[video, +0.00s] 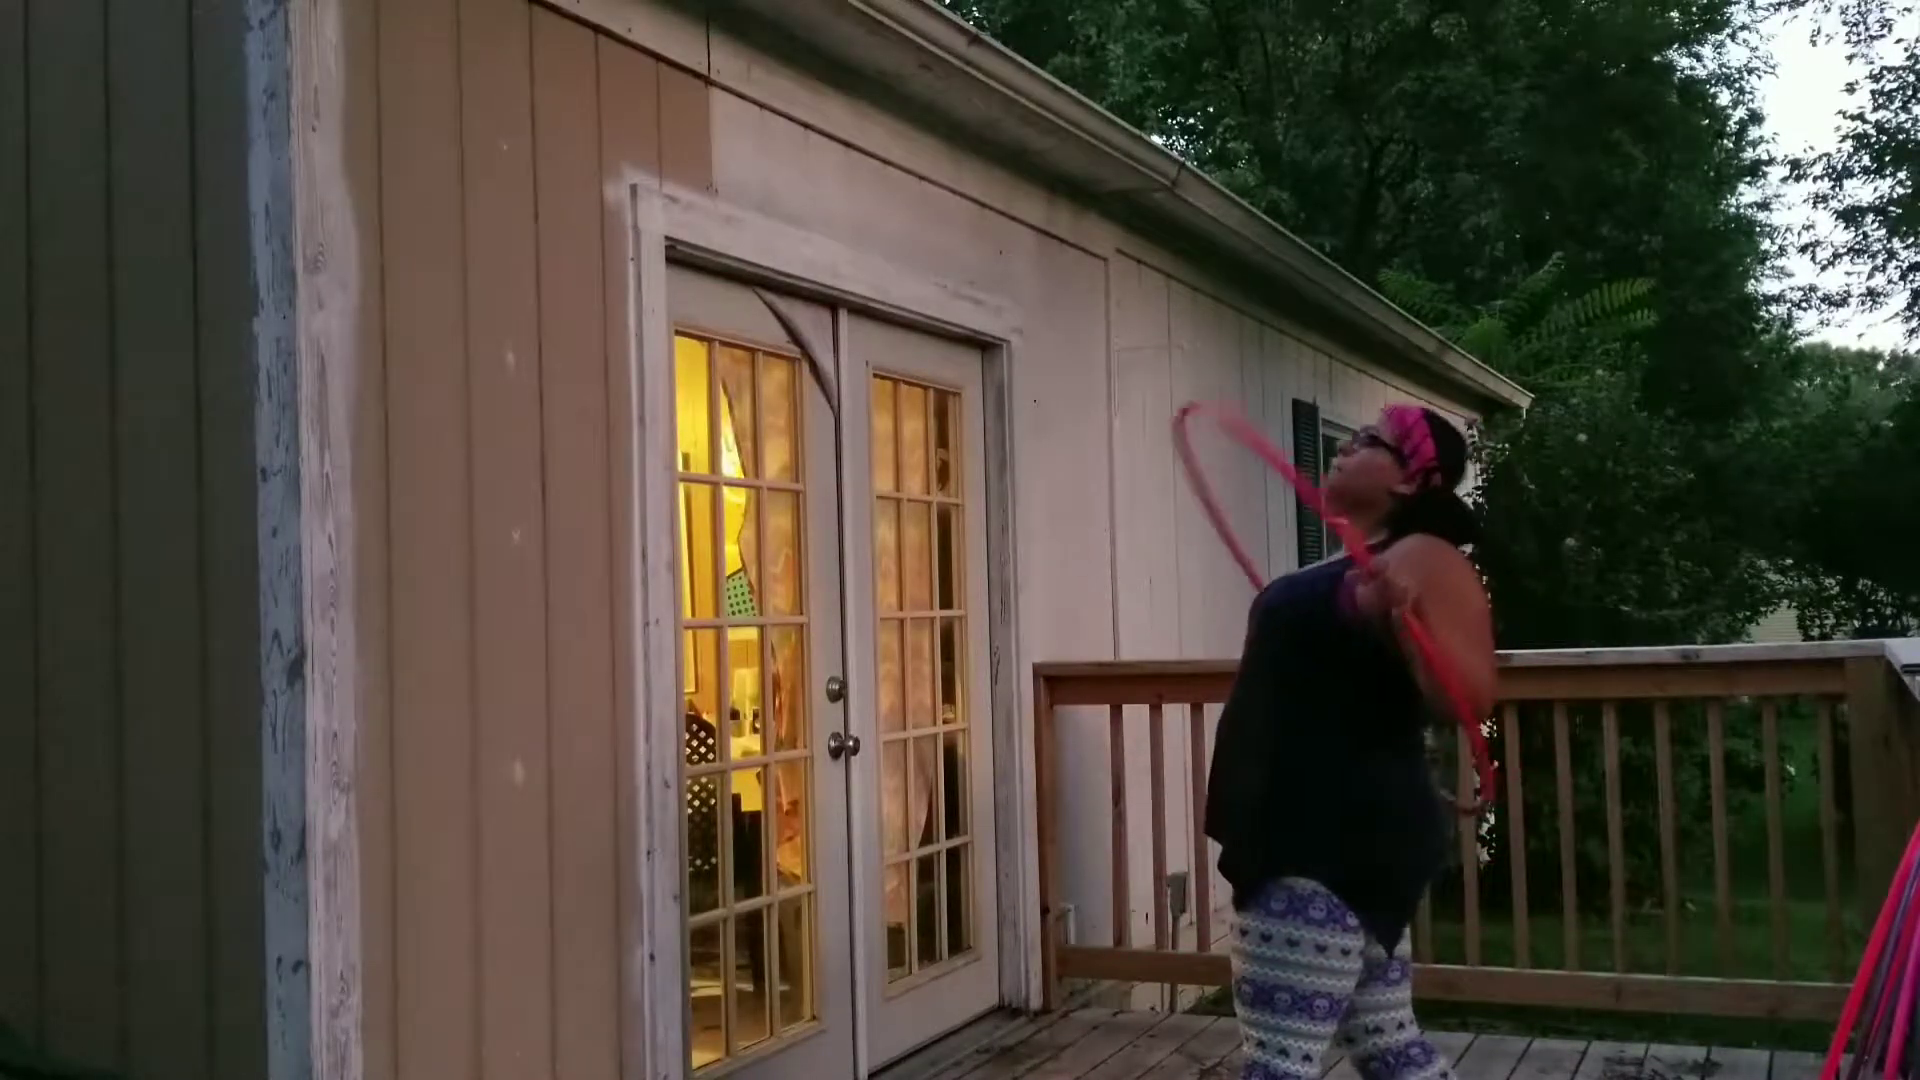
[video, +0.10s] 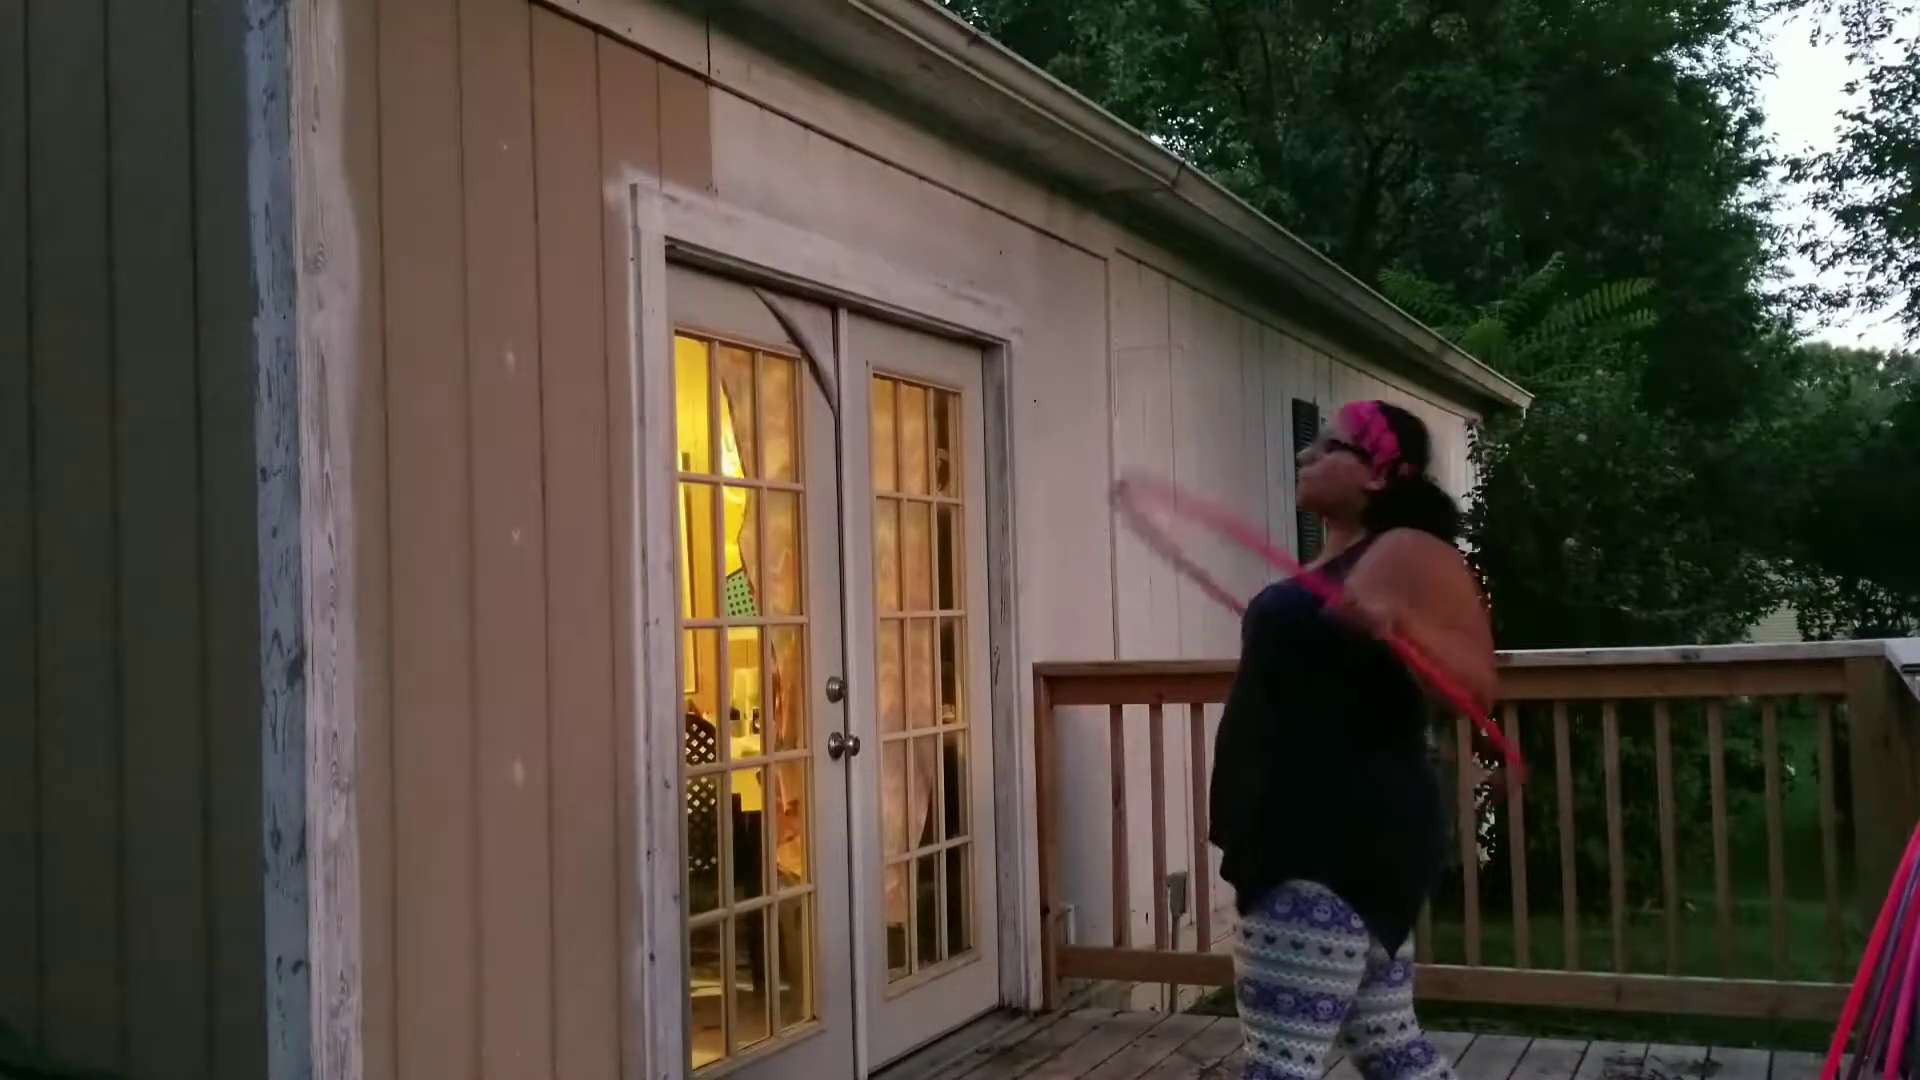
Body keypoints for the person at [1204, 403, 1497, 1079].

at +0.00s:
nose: (1346, 448)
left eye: (1370, 442)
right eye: (1354, 437)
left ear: (1411, 480)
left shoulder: (1423, 557)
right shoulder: (1327, 572)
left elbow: (1470, 696)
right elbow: (1267, 708)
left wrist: (1399, 619)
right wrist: (1229, 811)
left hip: (1335, 851)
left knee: (1278, 1058)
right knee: (1388, 1045)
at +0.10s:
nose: (1306, 455)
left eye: (1331, 446)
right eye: (1315, 443)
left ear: (1376, 476)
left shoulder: (1409, 554)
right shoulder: (1319, 569)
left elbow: (1474, 687)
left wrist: (1396, 628)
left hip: (1340, 851)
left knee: (1279, 1059)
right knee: (1390, 1046)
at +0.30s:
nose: (1229, 505)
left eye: (1241, 485)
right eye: (1229, 488)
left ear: (1296, 481)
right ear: (1286, 487)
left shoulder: (1357, 543)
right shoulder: (1299, 571)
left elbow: (1466, 642)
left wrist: (1365, 662)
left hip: (1339, 860)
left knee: (1283, 1061)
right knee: (1398, 1049)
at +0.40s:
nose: (1195, 536)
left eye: (1203, 514)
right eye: (1189, 521)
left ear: (1249, 496)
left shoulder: (1327, 540)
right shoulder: (1275, 581)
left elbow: (1445, 625)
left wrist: (1346, 679)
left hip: (1339, 863)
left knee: (1284, 1061)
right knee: (1401, 1044)